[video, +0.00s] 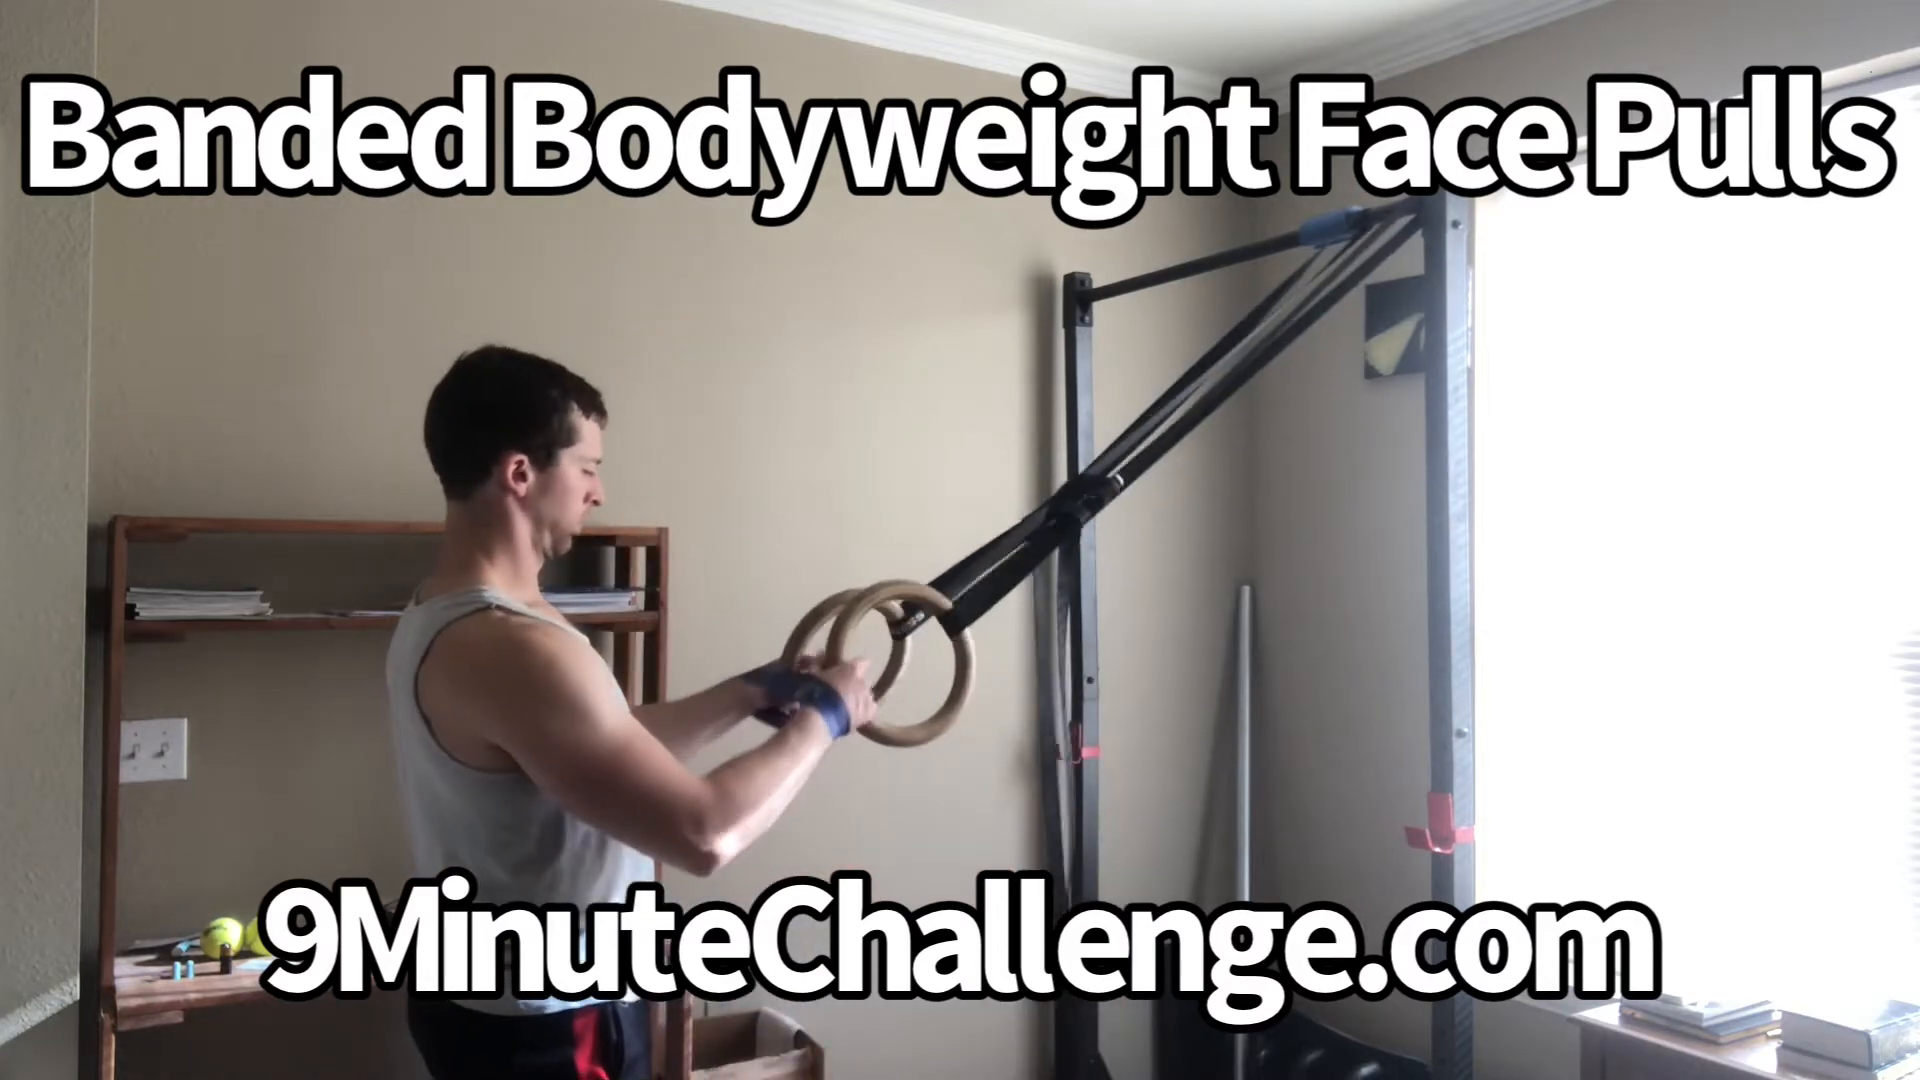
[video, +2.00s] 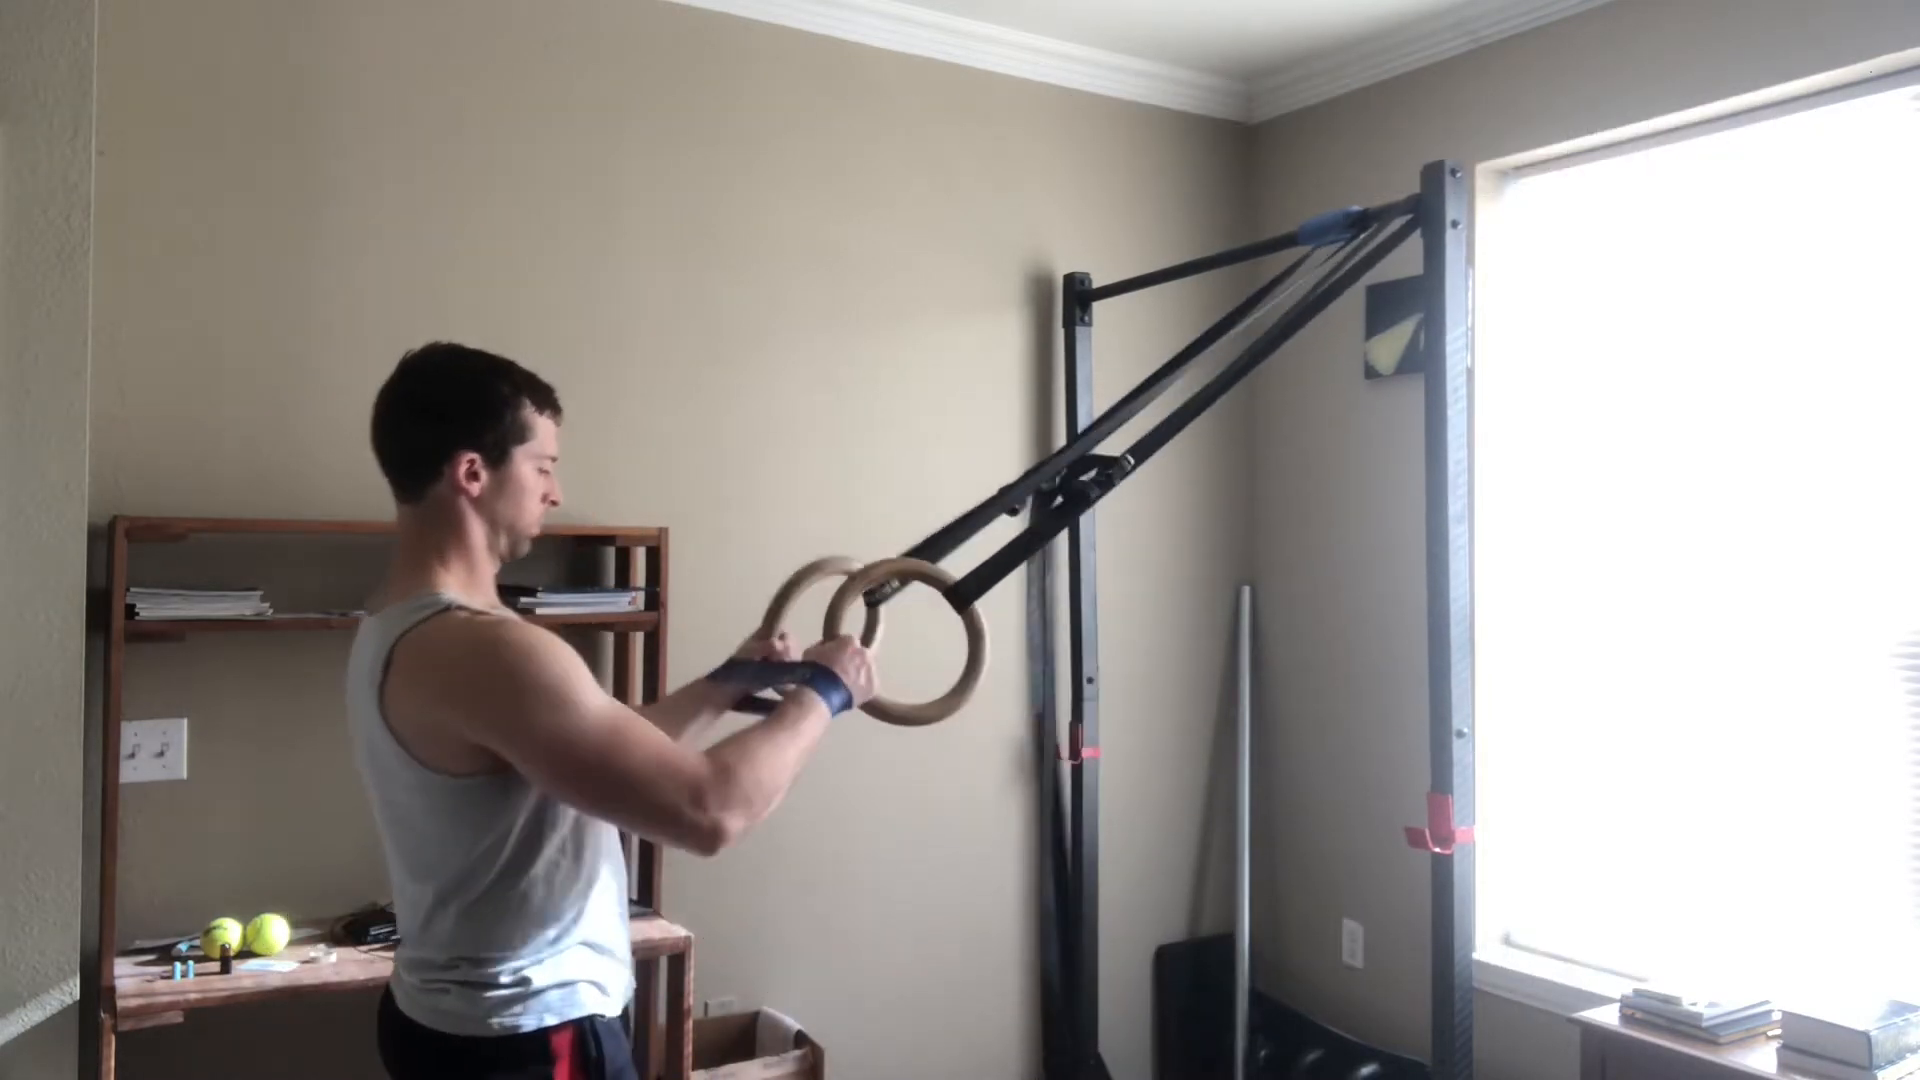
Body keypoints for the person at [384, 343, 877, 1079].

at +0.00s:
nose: (597, 492)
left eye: (596, 468)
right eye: (587, 466)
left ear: (515, 477)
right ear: (519, 474)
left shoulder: (444, 616)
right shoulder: (517, 653)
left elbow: (605, 754)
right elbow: (704, 835)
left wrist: (753, 693)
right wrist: (824, 718)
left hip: (488, 1007)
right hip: (548, 1027)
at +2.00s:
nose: (555, 493)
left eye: (554, 467)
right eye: (543, 465)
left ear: (467, 478)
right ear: (471, 474)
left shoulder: (400, 629)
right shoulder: (493, 654)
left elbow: (587, 767)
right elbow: (708, 810)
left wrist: (727, 686)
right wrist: (825, 694)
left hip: (448, 1022)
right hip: (534, 1041)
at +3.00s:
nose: (313, 573)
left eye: (294, 548)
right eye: (281, 557)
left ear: (209, 617)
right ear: (207, 613)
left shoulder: (253, 758)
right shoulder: (306, 776)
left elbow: (545, 739)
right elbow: (592, 736)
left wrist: (732, 650)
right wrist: (773, 642)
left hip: (530, 1046)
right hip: (546, 1061)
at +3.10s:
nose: (290, 588)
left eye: (268, 563)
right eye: (254, 572)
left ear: (182, 636)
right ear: (181, 631)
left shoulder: (233, 768)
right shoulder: (292, 792)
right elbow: (578, 727)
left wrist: (714, 647)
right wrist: (760, 632)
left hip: (524, 1048)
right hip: (544, 1064)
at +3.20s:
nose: (272, 607)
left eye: (250, 584)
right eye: (237, 595)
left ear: (166, 660)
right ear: (165, 656)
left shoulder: (222, 785)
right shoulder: (297, 805)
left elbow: (516, 735)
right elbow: (575, 733)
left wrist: (694, 651)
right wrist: (755, 640)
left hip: (489, 1054)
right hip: (544, 1067)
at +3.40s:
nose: (254, 633)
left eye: (233, 612)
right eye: (220, 625)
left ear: (149, 694)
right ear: (148, 691)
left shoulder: (220, 798)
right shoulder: (302, 827)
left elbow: (516, 740)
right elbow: (582, 755)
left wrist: (704, 663)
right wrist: (765, 658)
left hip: (480, 1052)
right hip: (544, 1067)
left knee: (765, 1024)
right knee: (793, 1051)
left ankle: (715, 1044)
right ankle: (708, 1048)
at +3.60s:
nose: (269, 663)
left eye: (246, 643)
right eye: (235, 657)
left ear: (172, 731)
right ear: (171, 727)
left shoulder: (260, 831)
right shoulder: (325, 852)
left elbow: (522, 760)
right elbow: (592, 762)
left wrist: (718, 661)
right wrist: (768, 654)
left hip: (581, 1039)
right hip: (595, 1060)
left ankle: (720, 1052)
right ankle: (749, 1051)